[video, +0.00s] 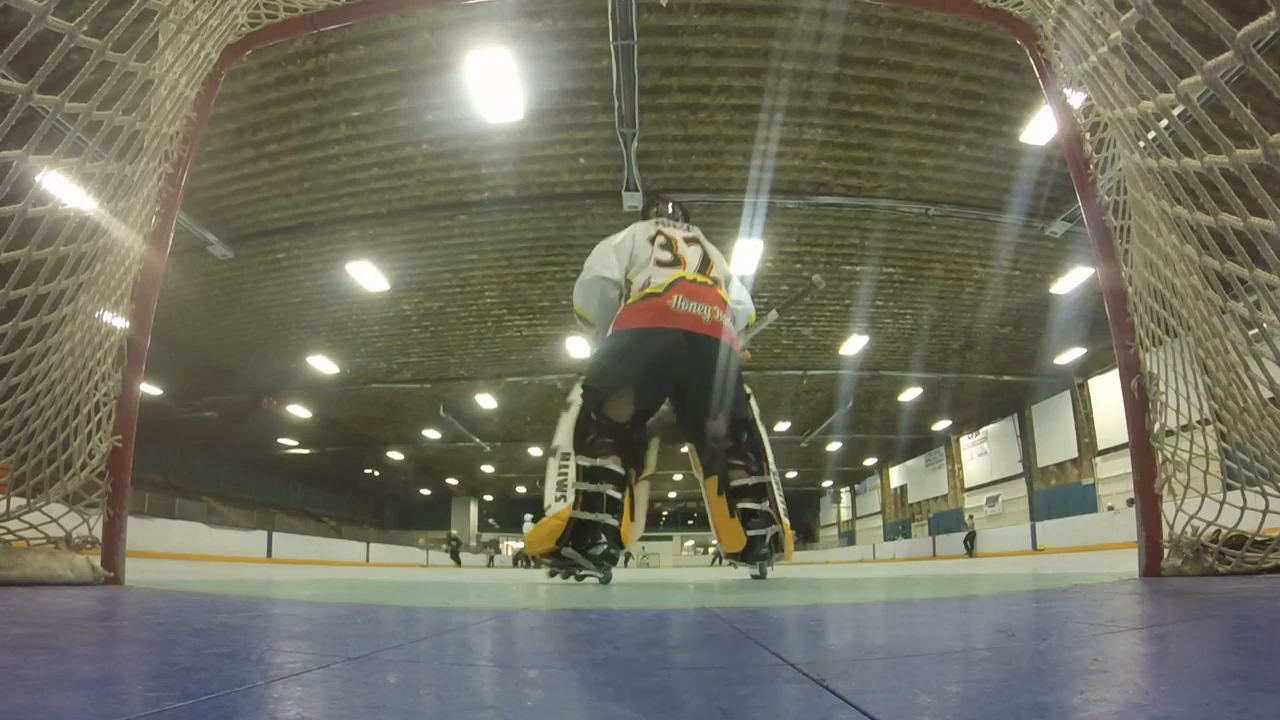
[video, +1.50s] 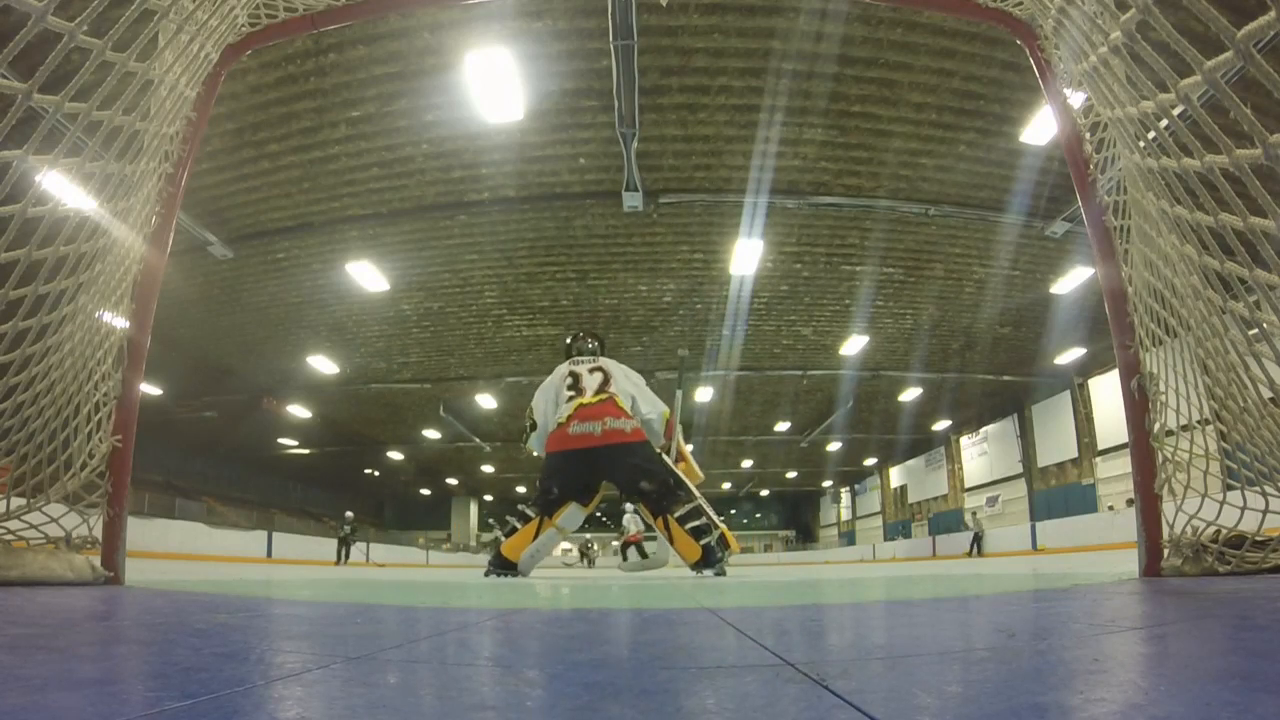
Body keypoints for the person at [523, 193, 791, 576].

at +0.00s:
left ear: (649, 215)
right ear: (685, 221)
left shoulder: (630, 234)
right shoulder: (712, 251)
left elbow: (593, 287)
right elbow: (742, 306)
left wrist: (607, 342)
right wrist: (726, 346)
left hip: (642, 333)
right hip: (713, 342)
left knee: (604, 428)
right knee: (730, 434)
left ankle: (596, 532)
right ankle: (756, 527)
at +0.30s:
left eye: (637, 256)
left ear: (631, 254)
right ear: (671, 256)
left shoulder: (614, 272)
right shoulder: (694, 284)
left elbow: (580, 330)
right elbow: (730, 336)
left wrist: (589, 374)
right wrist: (713, 387)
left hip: (622, 361)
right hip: (691, 371)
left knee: (569, 439)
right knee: (713, 449)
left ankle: (556, 540)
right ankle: (750, 537)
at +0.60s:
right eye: (640, 295)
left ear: (605, 292)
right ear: (644, 294)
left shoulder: (584, 316)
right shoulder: (662, 317)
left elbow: (558, 365)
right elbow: (699, 364)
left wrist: (556, 406)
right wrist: (695, 408)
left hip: (584, 398)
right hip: (655, 404)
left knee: (535, 467)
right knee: (693, 472)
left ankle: (485, 539)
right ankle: (733, 546)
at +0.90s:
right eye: (612, 322)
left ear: (580, 324)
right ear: (615, 324)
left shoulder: (558, 350)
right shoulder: (630, 345)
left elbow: (536, 399)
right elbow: (666, 393)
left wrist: (528, 429)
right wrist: (668, 428)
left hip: (556, 435)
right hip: (621, 432)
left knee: (523, 496)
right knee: (672, 490)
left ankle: (475, 559)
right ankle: (717, 556)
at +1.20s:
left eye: (577, 340)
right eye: (595, 339)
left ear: (567, 342)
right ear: (600, 339)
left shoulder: (548, 369)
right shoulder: (617, 359)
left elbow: (527, 425)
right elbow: (654, 405)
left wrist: (527, 440)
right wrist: (663, 441)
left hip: (559, 447)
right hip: (614, 438)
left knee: (546, 509)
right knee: (663, 494)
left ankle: (498, 563)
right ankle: (710, 556)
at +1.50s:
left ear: (569, 353)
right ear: (600, 350)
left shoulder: (554, 378)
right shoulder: (618, 368)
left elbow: (536, 433)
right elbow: (654, 412)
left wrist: (549, 455)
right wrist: (665, 446)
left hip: (567, 448)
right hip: (623, 442)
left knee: (548, 507)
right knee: (664, 497)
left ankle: (504, 561)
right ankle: (708, 556)